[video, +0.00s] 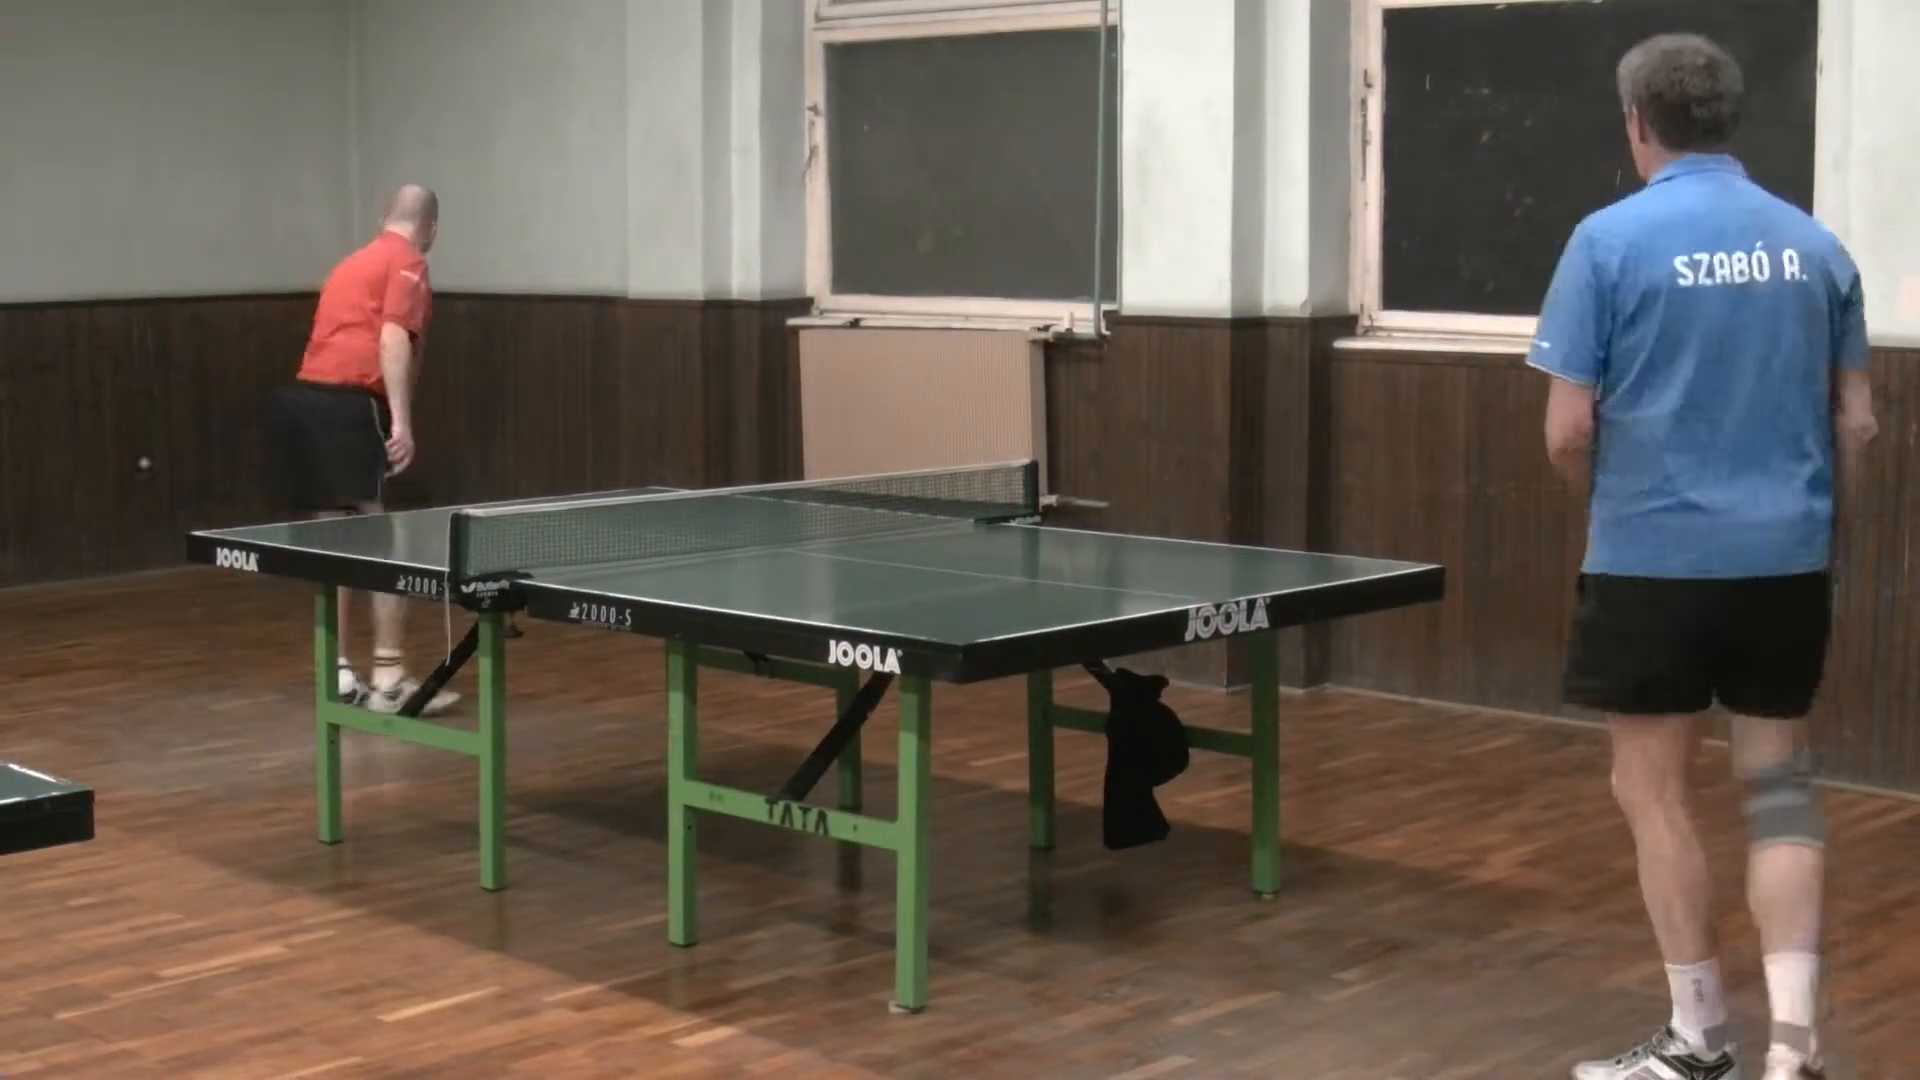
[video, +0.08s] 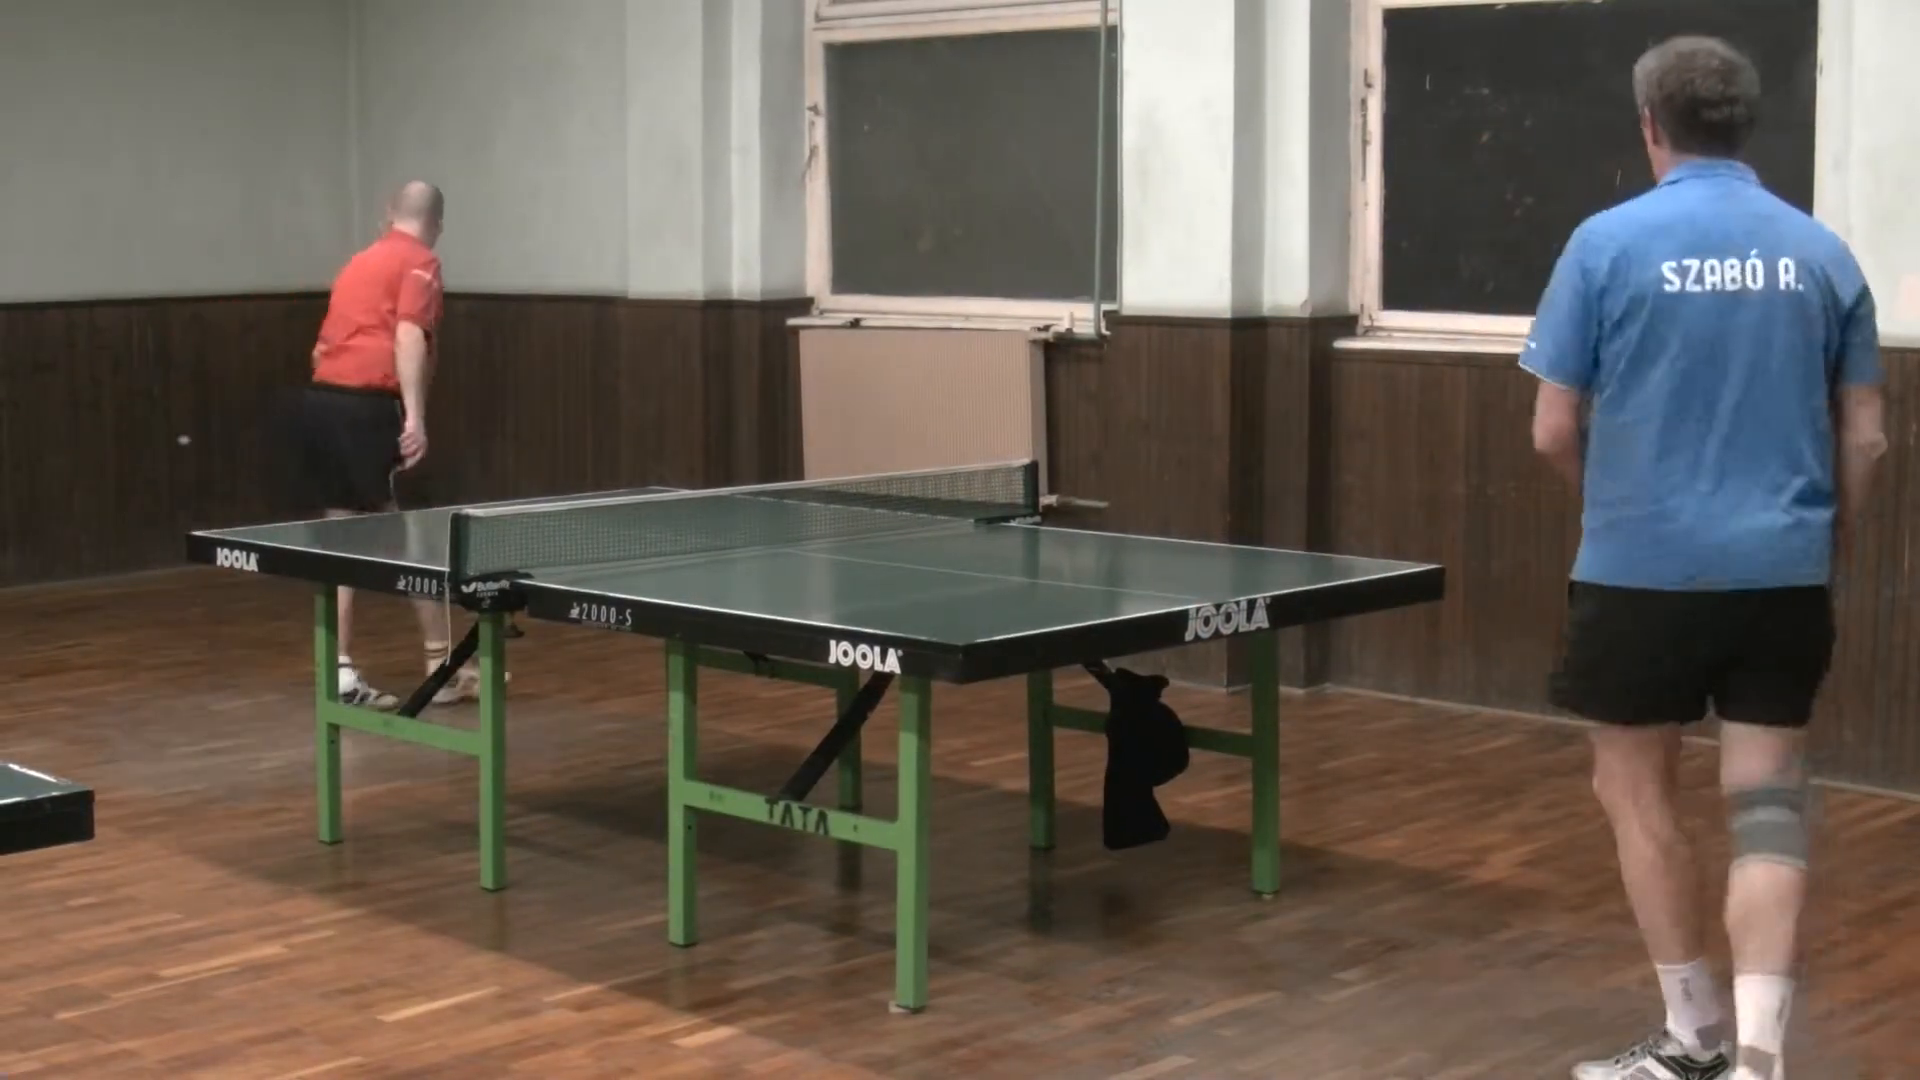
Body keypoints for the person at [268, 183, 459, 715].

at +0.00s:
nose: (431, 240)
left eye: (431, 232)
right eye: (434, 231)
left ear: (386, 221)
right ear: (429, 228)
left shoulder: (352, 262)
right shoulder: (407, 263)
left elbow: (336, 340)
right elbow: (394, 338)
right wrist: (401, 419)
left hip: (306, 401)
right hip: (350, 406)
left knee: (331, 539)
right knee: (383, 538)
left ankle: (337, 670)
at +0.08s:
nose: (439, 232)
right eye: (440, 225)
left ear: (390, 216)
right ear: (436, 224)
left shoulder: (360, 260)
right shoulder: (420, 261)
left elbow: (329, 345)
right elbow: (409, 335)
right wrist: (414, 415)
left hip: (324, 404)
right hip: (371, 405)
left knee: (339, 534)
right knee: (415, 534)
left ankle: (339, 668)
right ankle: (443, 663)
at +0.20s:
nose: (447, 230)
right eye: (452, 223)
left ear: (406, 216)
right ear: (453, 223)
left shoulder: (375, 262)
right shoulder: (441, 265)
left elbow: (337, 344)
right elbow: (435, 338)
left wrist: (358, 397)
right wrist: (449, 417)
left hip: (352, 408)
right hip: (404, 409)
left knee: (353, 532)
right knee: (433, 531)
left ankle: (342, 663)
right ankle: (472, 646)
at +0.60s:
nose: (520, 228)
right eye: (523, 222)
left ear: (475, 213)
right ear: (519, 220)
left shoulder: (435, 257)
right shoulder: (526, 265)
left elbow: (393, 322)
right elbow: (550, 348)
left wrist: (371, 390)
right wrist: (576, 423)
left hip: (428, 408)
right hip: (490, 411)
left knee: (447, 522)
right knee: (499, 521)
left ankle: (461, 646)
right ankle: (480, 647)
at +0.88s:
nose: (566, 274)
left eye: (565, 269)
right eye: (568, 269)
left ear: (523, 254)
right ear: (561, 262)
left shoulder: (484, 286)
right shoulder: (563, 287)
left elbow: (434, 350)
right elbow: (590, 362)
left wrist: (407, 414)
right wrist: (619, 429)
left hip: (456, 403)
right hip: (510, 406)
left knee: (487, 511)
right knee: (535, 511)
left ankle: (486, 635)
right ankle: (535, 615)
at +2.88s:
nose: (501, 222)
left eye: (508, 212)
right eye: (488, 213)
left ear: (519, 215)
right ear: (464, 215)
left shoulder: (536, 274)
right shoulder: (433, 258)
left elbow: (569, 346)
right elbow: (397, 312)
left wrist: (578, 393)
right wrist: (379, 344)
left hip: (503, 429)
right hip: (432, 427)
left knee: (496, 543)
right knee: (439, 545)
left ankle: (490, 661)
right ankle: (459, 657)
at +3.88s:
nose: (437, 276)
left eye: (449, 265)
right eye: (426, 265)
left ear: (466, 253)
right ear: (409, 254)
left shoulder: (496, 281)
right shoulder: (388, 262)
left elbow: (550, 327)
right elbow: (340, 327)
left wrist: (574, 340)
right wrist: (379, 350)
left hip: (462, 436)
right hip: (384, 432)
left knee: (471, 561)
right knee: (337, 540)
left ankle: (481, 675)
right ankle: (364, 659)